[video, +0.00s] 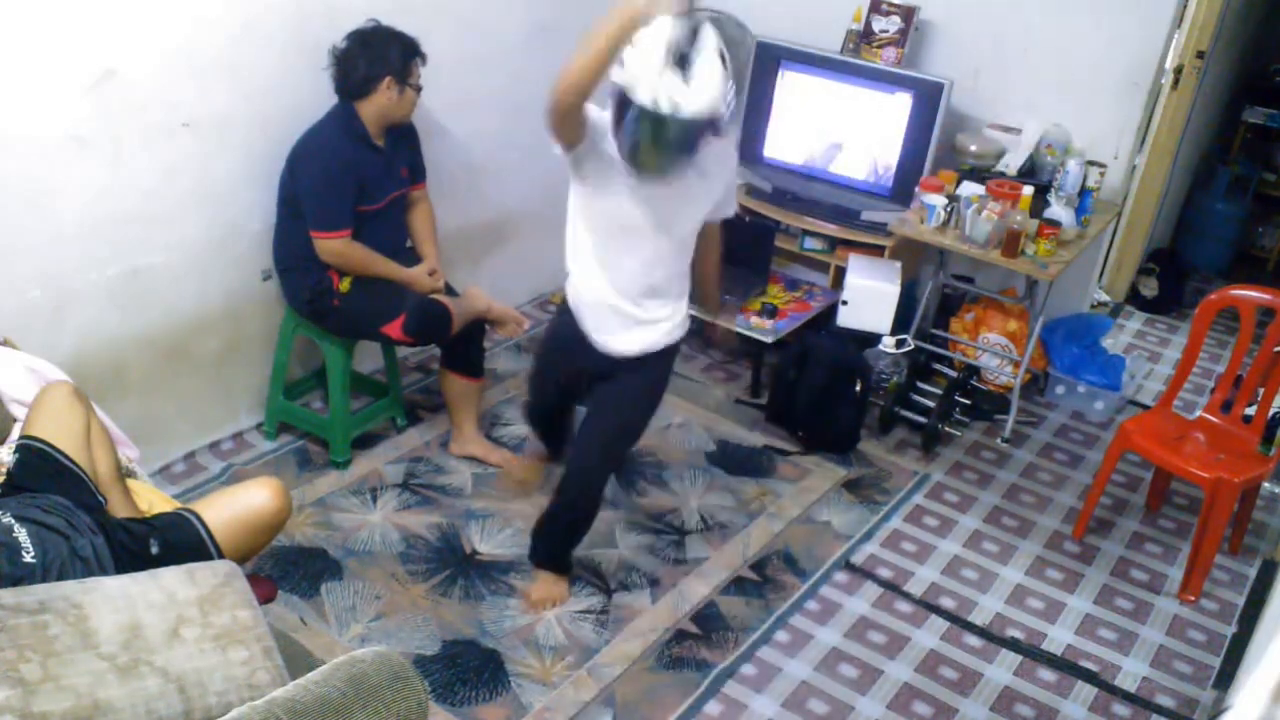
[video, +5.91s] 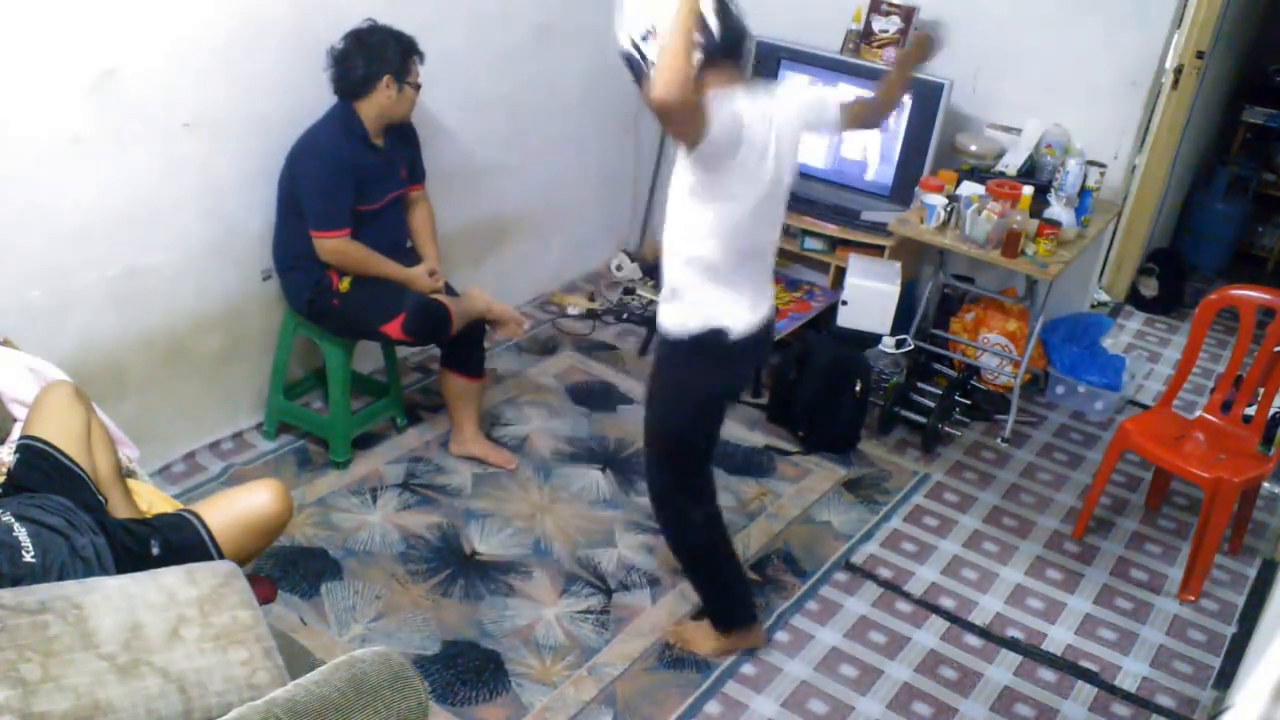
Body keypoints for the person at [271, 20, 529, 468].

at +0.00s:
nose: (419, 95)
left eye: (419, 86)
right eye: (416, 86)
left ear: (386, 87)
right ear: (387, 87)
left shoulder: (399, 130)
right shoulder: (326, 151)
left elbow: (418, 201)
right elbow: (332, 249)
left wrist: (429, 258)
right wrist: (407, 277)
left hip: (388, 265)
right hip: (325, 284)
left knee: (465, 323)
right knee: (427, 322)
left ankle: (466, 435)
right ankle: (477, 305)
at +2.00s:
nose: (419, 96)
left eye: (420, 87)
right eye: (416, 87)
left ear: (386, 86)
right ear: (388, 86)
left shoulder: (399, 130)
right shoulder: (326, 150)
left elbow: (417, 201)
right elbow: (331, 248)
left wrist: (431, 259)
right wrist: (407, 275)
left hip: (388, 262)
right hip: (326, 283)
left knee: (465, 326)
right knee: (421, 322)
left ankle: (465, 438)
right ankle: (476, 306)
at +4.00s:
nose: (419, 95)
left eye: (419, 87)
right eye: (416, 86)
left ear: (387, 87)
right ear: (387, 87)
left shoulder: (399, 131)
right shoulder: (325, 151)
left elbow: (417, 202)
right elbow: (333, 249)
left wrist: (429, 259)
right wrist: (407, 276)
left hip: (388, 265)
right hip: (327, 283)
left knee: (465, 321)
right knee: (425, 323)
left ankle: (466, 435)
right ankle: (477, 304)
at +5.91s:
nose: (418, 95)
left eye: (419, 86)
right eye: (415, 86)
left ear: (386, 87)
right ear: (387, 87)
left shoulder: (399, 131)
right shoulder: (324, 151)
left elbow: (417, 202)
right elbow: (332, 249)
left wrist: (429, 259)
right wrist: (407, 276)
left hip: (387, 266)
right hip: (325, 283)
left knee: (466, 321)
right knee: (424, 324)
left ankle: (466, 435)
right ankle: (477, 304)